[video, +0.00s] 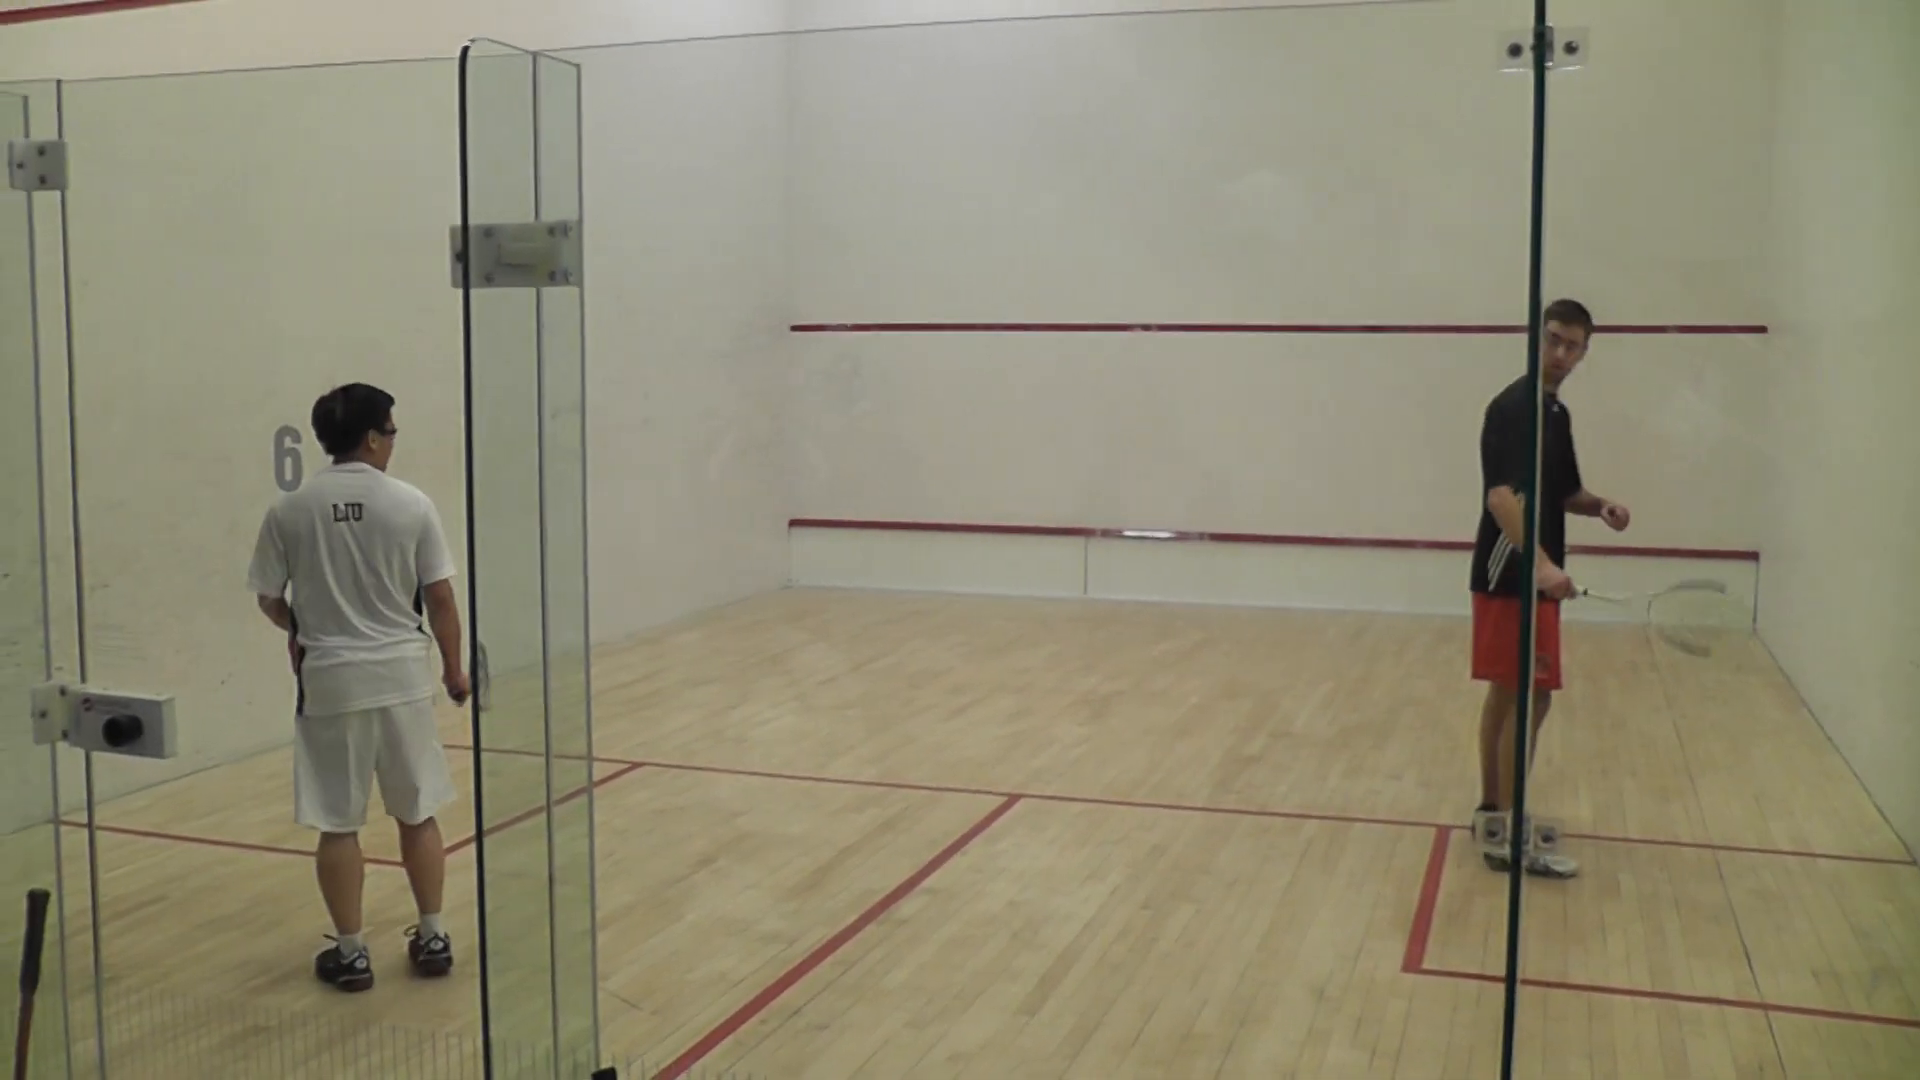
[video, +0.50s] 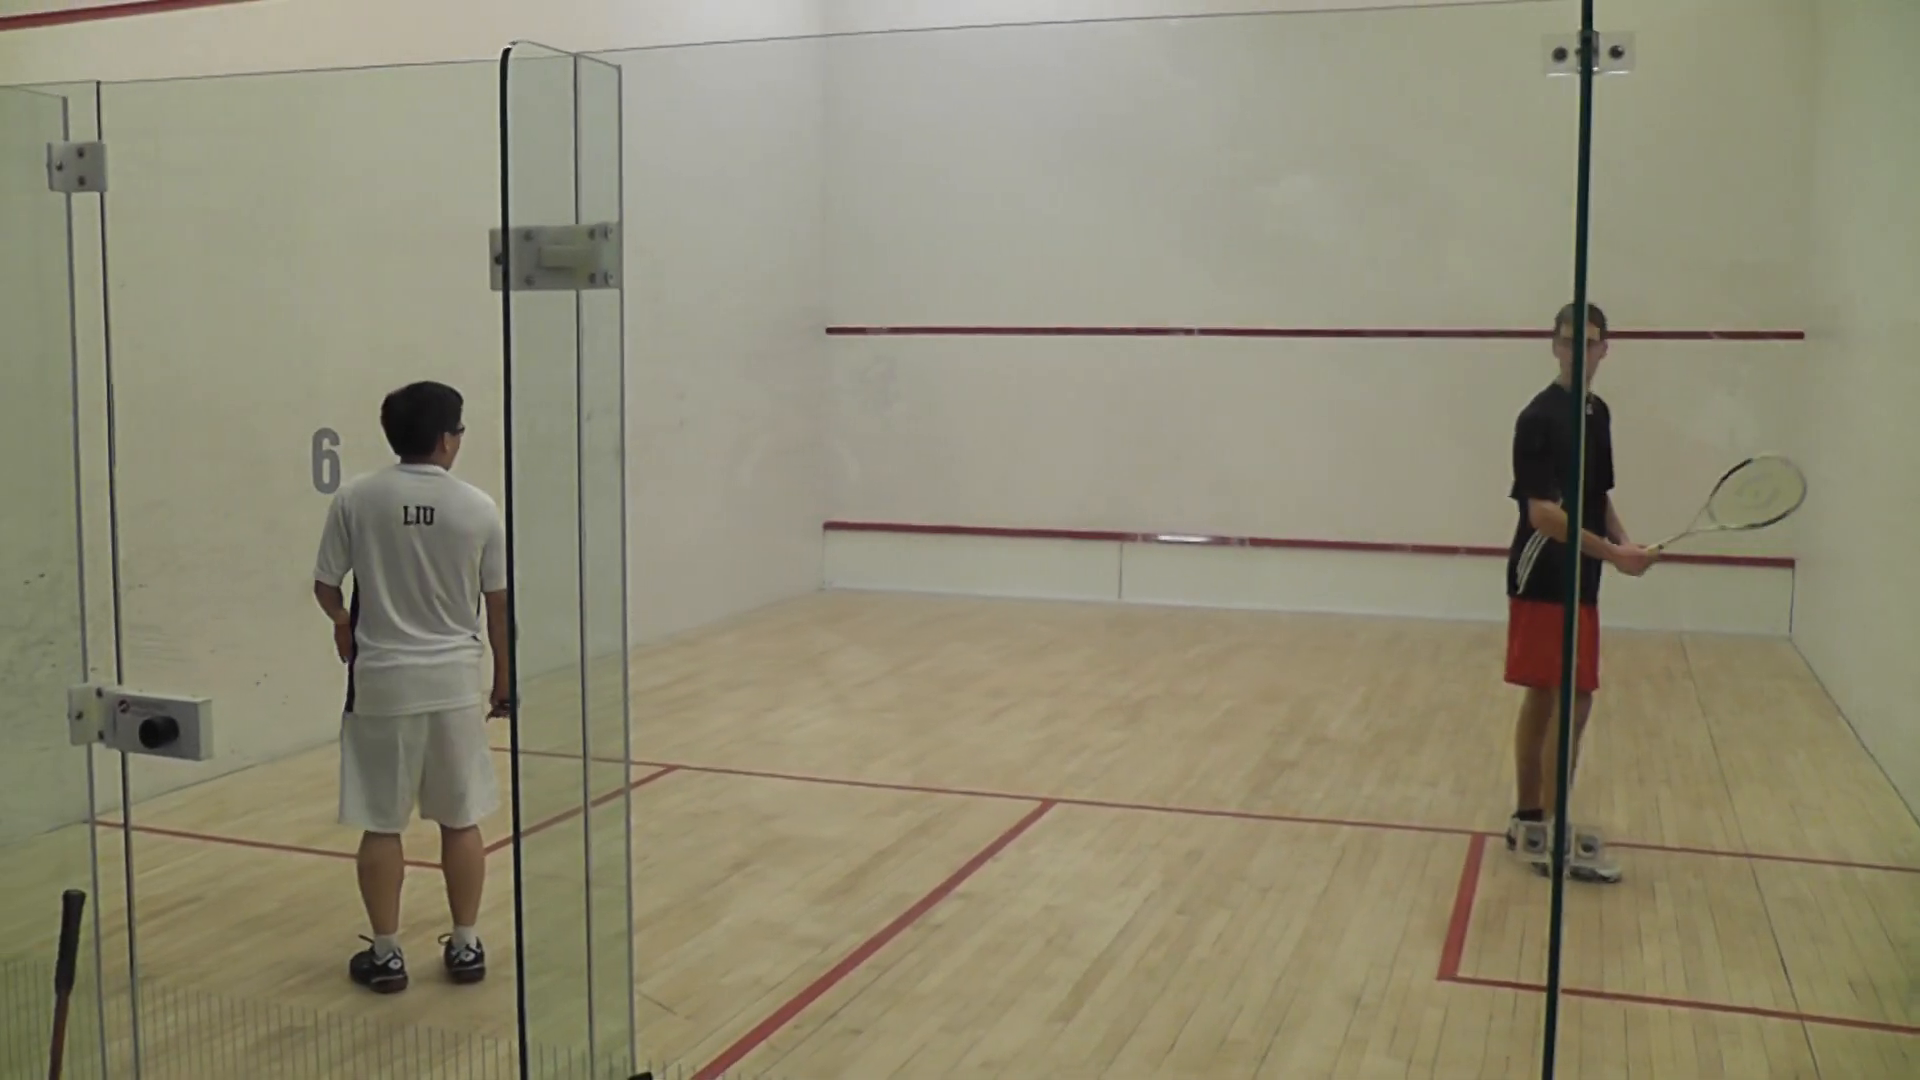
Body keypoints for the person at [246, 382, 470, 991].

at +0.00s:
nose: (393, 442)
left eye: (391, 431)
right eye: (389, 432)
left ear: (329, 439)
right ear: (371, 439)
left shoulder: (289, 508)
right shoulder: (410, 504)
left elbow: (269, 599)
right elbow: (440, 596)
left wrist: (305, 629)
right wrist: (455, 667)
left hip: (329, 691)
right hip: (403, 684)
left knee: (337, 822)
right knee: (416, 812)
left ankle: (350, 953)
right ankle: (432, 936)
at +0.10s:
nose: (407, 442)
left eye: (405, 431)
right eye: (404, 433)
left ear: (342, 440)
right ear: (387, 439)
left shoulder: (304, 508)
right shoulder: (427, 505)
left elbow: (276, 591)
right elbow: (457, 597)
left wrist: (291, 635)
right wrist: (468, 664)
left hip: (339, 697)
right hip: (415, 691)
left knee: (347, 826)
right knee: (428, 819)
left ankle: (359, 954)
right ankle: (440, 944)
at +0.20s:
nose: (422, 441)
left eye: (420, 430)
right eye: (419, 432)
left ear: (356, 440)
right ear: (405, 440)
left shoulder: (319, 504)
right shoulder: (443, 505)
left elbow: (287, 583)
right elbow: (471, 594)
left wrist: (296, 634)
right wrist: (481, 666)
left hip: (349, 697)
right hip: (424, 692)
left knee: (356, 825)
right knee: (436, 818)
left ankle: (368, 955)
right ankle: (448, 945)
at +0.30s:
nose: (438, 440)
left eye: (436, 430)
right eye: (434, 431)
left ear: (369, 438)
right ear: (419, 439)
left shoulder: (332, 500)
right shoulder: (455, 505)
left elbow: (298, 577)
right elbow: (482, 595)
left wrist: (311, 629)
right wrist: (488, 669)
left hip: (360, 695)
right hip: (437, 690)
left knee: (366, 824)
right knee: (445, 817)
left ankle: (375, 955)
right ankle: (455, 945)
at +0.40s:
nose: (450, 440)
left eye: (449, 431)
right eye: (447, 432)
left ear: (381, 438)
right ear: (432, 440)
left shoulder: (343, 499)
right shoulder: (466, 507)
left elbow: (311, 581)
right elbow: (490, 599)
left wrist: (328, 627)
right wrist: (495, 675)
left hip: (370, 694)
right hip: (447, 689)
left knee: (373, 824)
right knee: (452, 819)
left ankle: (380, 956)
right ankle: (460, 946)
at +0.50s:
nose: (462, 440)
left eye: (461, 430)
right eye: (459, 431)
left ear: (393, 438)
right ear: (445, 439)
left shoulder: (355, 498)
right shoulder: (477, 507)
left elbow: (324, 583)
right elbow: (498, 604)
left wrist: (342, 622)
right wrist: (504, 678)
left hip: (380, 692)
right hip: (456, 688)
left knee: (380, 823)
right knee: (460, 819)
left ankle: (386, 954)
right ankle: (465, 945)